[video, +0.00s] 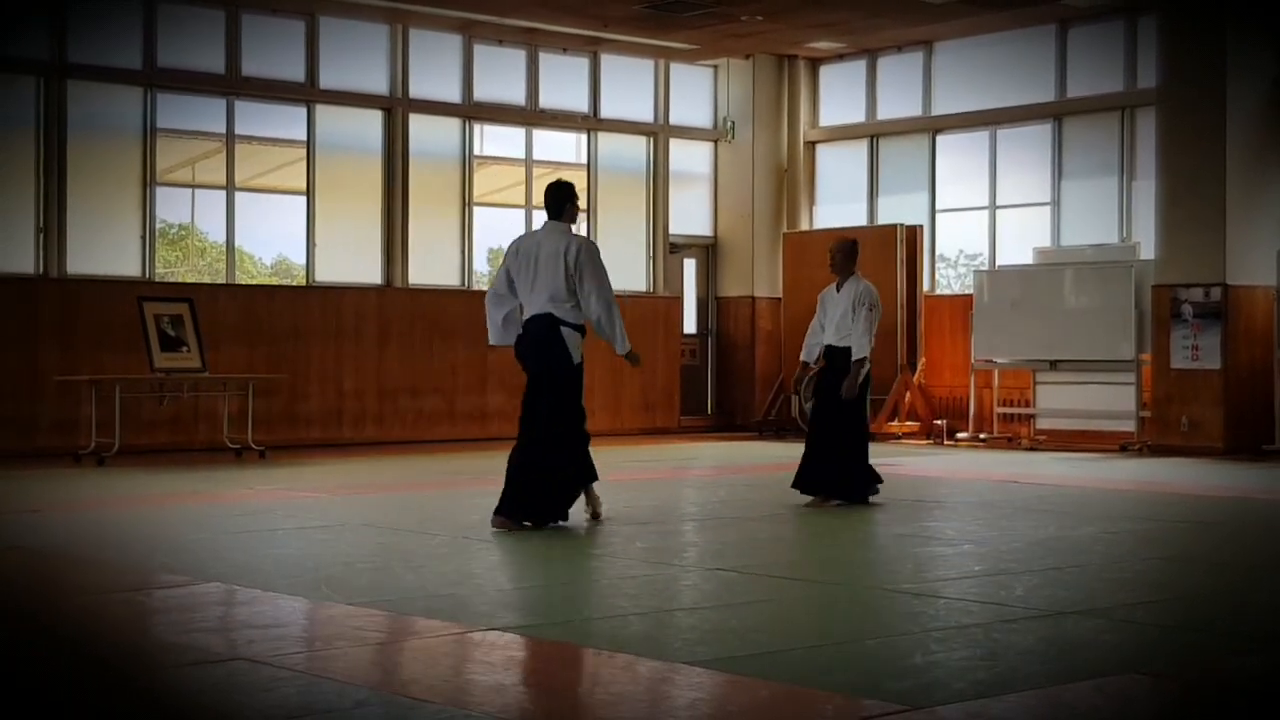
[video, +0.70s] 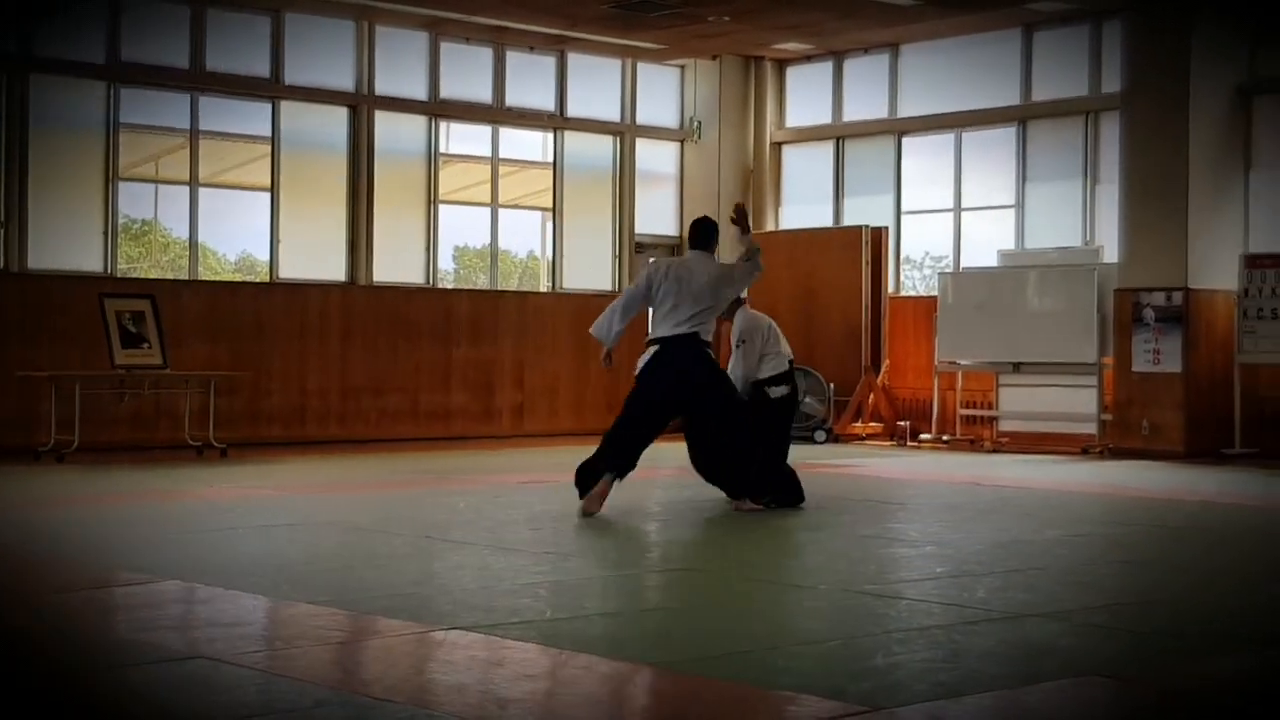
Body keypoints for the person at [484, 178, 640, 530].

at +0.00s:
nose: (579, 209)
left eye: (577, 203)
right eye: (577, 204)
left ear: (547, 208)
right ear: (570, 208)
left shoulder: (520, 245)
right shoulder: (580, 247)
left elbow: (499, 296)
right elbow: (598, 303)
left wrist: (515, 335)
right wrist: (624, 346)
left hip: (528, 340)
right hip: (562, 339)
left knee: (568, 418)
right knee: (538, 423)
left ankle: (588, 486)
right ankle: (509, 511)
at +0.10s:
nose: (597, 212)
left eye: (595, 207)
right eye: (595, 207)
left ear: (566, 211)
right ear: (589, 211)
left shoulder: (540, 248)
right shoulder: (600, 250)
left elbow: (520, 298)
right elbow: (621, 304)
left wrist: (536, 336)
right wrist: (646, 341)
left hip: (549, 341)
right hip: (583, 341)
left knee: (589, 419)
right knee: (559, 422)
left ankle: (597, 495)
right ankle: (519, 498)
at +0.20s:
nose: (614, 214)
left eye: (612, 208)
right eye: (612, 209)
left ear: (583, 213)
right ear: (607, 213)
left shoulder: (558, 249)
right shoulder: (617, 250)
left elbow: (538, 299)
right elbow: (642, 301)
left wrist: (552, 334)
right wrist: (665, 334)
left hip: (567, 341)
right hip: (602, 341)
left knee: (579, 418)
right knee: (606, 420)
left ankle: (595, 501)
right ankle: (548, 477)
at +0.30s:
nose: (634, 217)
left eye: (631, 212)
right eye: (632, 212)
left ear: (604, 216)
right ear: (627, 216)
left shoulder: (576, 251)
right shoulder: (635, 253)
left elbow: (556, 301)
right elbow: (663, 298)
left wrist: (569, 338)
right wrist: (687, 324)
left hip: (585, 345)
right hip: (622, 345)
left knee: (594, 417)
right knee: (650, 417)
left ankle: (598, 498)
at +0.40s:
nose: (652, 226)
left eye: (650, 221)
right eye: (652, 221)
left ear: (621, 223)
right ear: (648, 223)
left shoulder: (594, 258)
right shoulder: (655, 260)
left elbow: (572, 306)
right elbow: (695, 294)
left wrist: (588, 342)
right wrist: (714, 277)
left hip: (603, 351)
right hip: (640, 351)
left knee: (603, 423)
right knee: (678, 416)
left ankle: (593, 499)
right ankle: (657, 486)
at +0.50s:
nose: (672, 235)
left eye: (667, 230)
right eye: (671, 230)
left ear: (642, 232)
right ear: (669, 232)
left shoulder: (616, 264)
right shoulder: (676, 266)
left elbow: (588, 310)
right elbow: (719, 264)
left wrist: (599, 351)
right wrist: (718, 229)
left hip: (620, 356)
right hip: (659, 357)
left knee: (609, 428)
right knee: (693, 420)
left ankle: (593, 493)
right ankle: (710, 490)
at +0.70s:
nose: (707, 241)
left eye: (698, 235)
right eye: (711, 238)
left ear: (687, 240)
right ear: (715, 244)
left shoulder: (660, 270)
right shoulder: (722, 274)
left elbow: (629, 300)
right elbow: (752, 266)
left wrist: (609, 338)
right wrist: (747, 233)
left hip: (659, 359)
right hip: (699, 359)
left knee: (634, 421)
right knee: (730, 421)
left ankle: (607, 477)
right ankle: (741, 494)